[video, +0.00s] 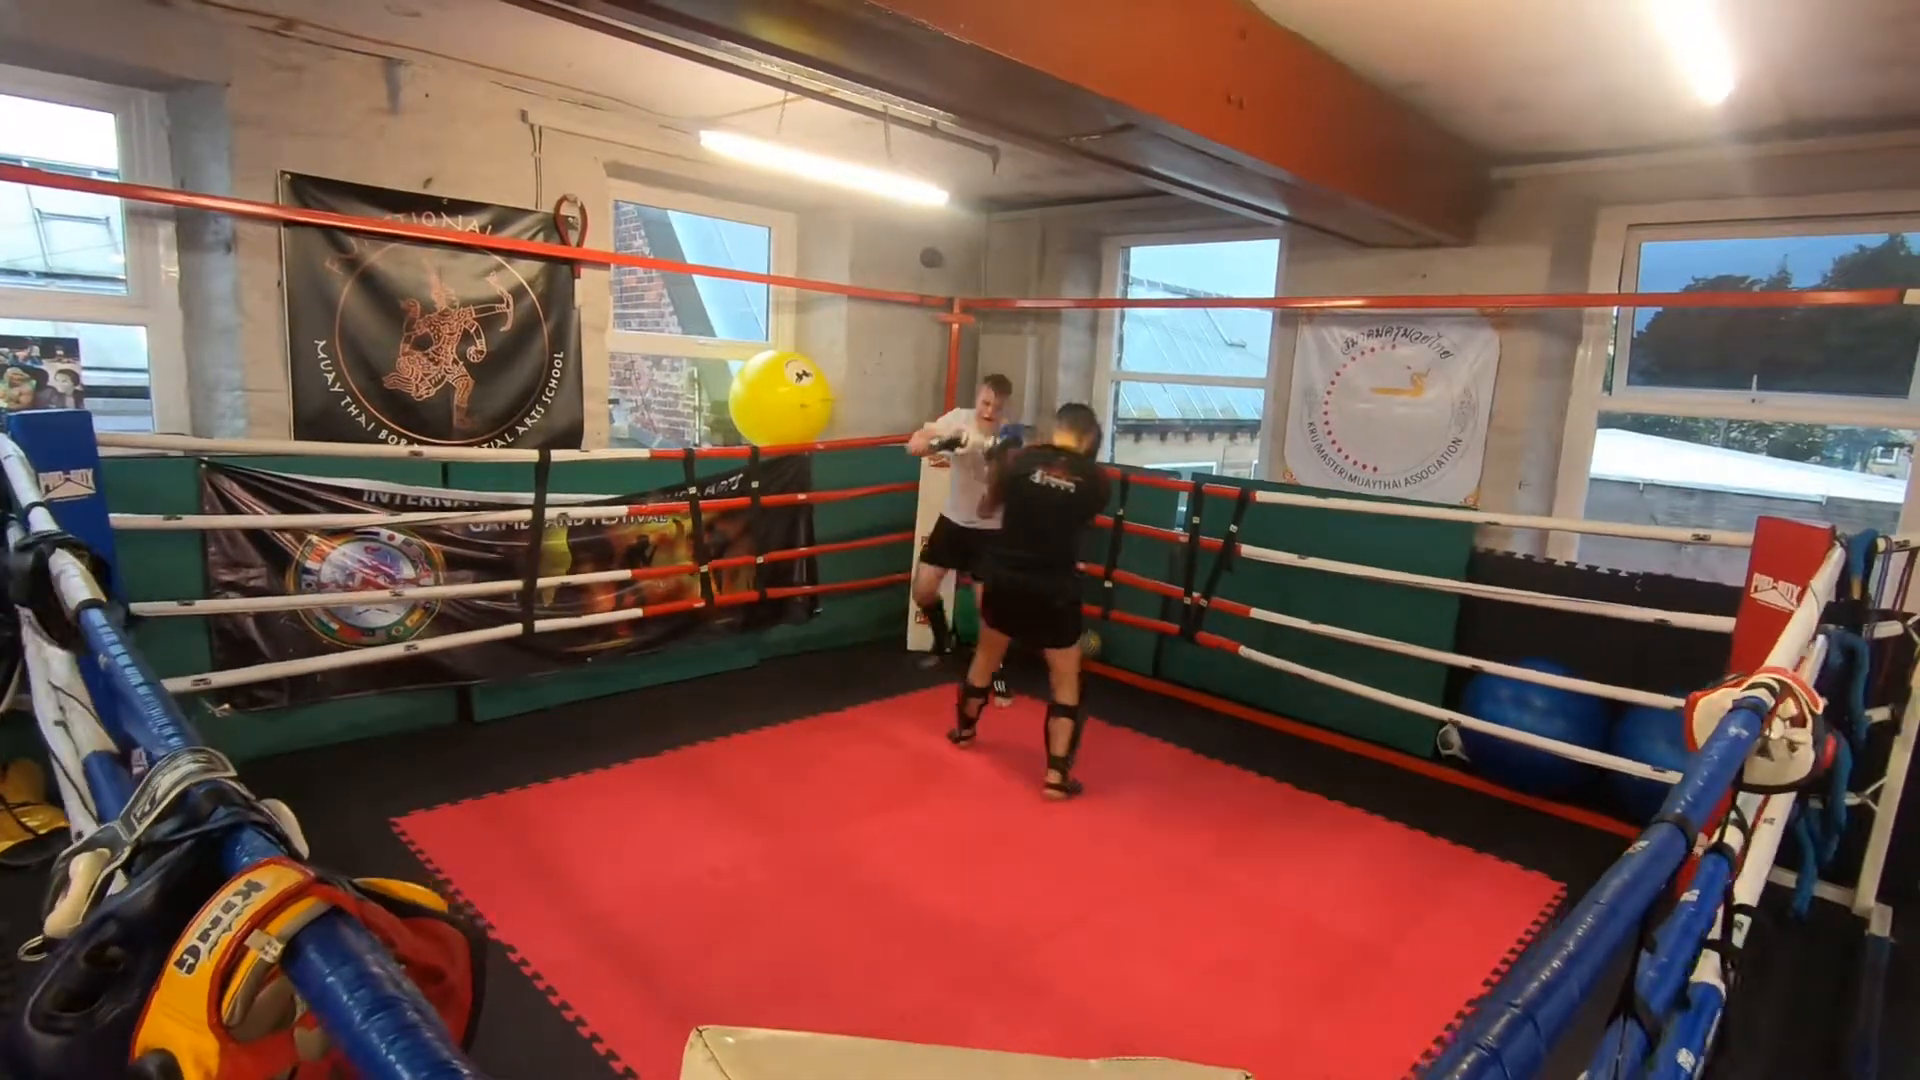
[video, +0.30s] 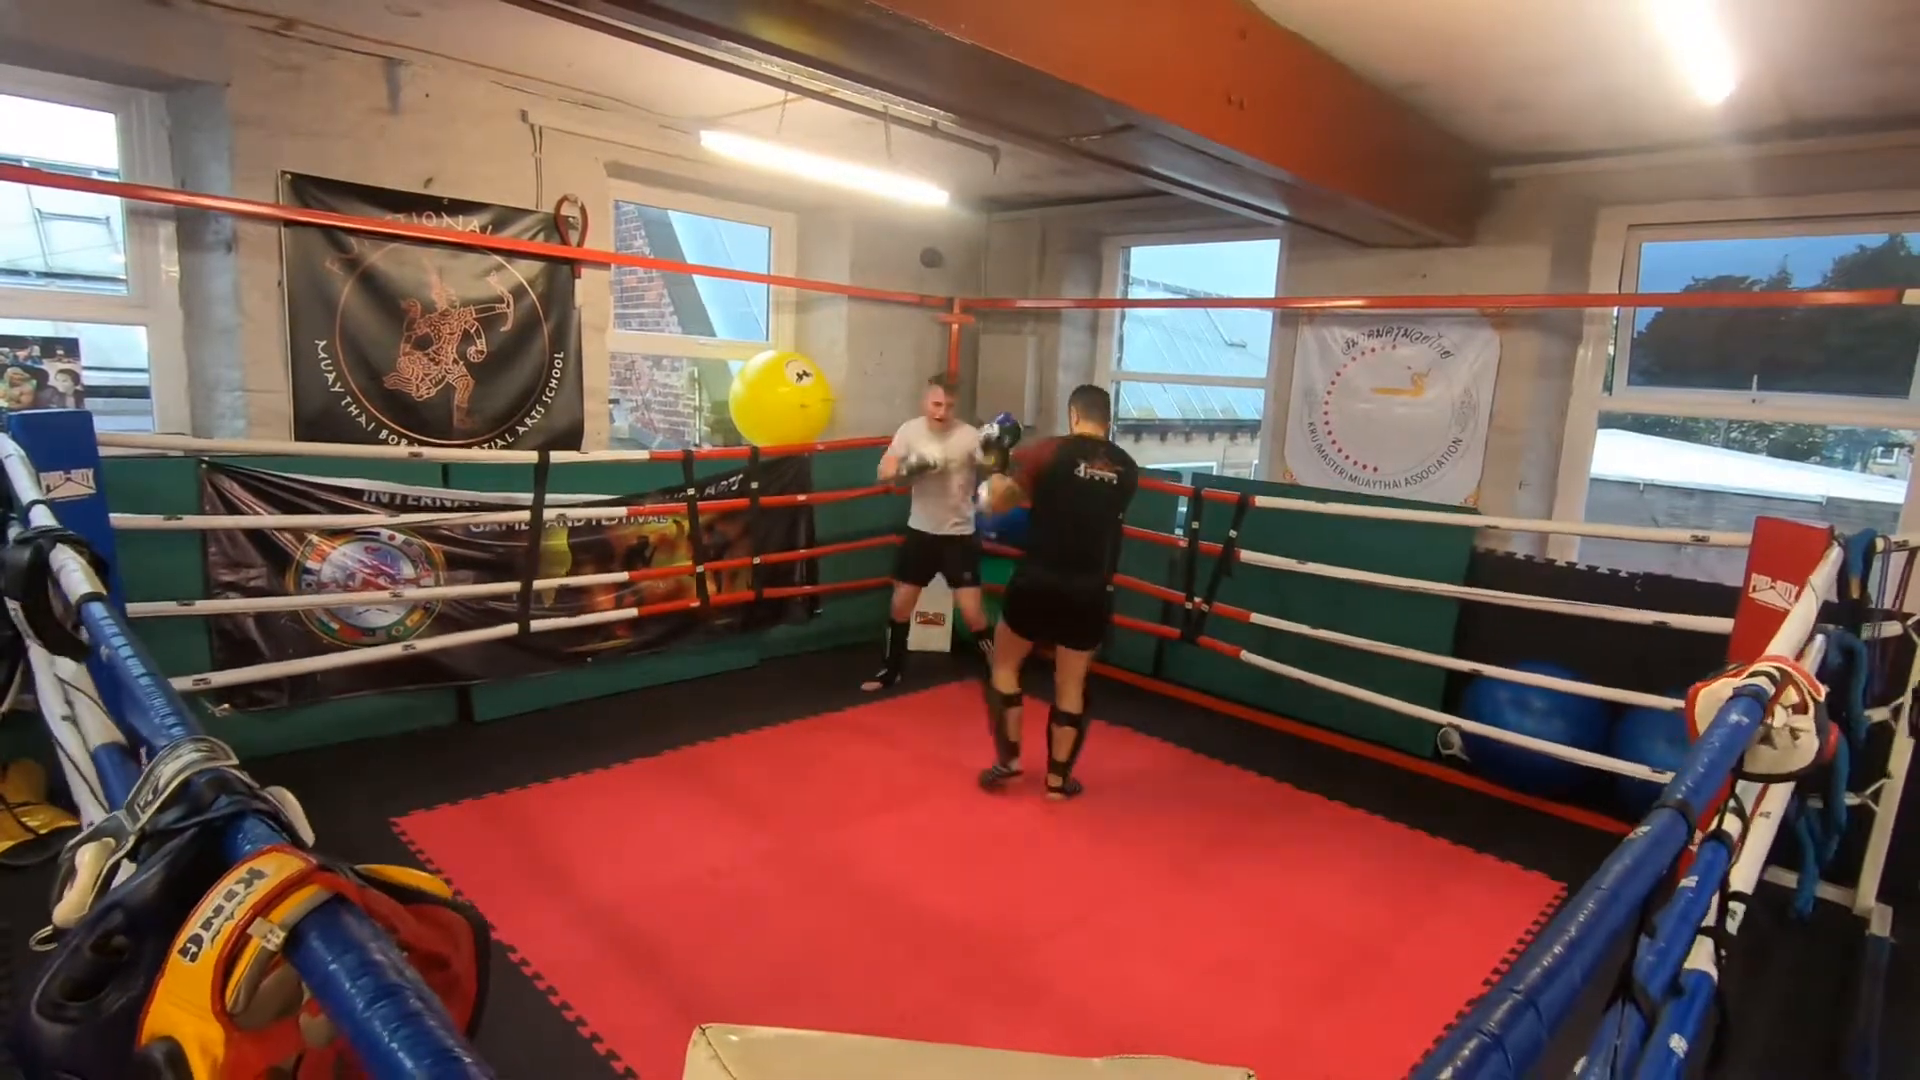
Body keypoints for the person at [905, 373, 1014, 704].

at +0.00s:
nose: (989, 411)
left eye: (996, 406)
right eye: (985, 404)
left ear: (1005, 407)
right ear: (976, 399)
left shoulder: (1012, 434)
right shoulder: (958, 419)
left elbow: (1020, 474)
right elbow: (915, 445)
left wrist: (997, 453)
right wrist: (945, 442)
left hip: (992, 527)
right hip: (953, 521)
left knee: (989, 604)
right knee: (923, 589)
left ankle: (996, 673)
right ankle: (943, 641)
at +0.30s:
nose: (941, 413)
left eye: (948, 406)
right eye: (935, 405)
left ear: (957, 406)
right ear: (924, 403)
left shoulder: (970, 436)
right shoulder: (910, 431)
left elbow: (992, 475)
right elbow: (885, 474)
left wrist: (996, 454)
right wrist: (912, 469)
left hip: (960, 535)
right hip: (920, 532)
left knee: (972, 613)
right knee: (900, 603)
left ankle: (997, 672)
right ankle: (891, 670)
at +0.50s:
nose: (932, 409)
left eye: (938, 402)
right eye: (926, 401)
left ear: (947, 402)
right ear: (914, 400)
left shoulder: (961, 434)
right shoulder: (892, 430)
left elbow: (970, 477)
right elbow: (876, 477)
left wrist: (971, 511)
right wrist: (902, 479)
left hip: (947, 533)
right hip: (908, 533)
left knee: (956, 607)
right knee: (901, 605)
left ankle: (964, 689)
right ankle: (890, 670)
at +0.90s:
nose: (947, 421)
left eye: (952, 415)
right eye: (942, 413)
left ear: (957, 416)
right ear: (925, 407)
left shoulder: (959, 443)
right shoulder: (890, 433)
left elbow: (960, 503)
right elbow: (860, 474)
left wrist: (941, 492)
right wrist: (885, 486)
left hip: (928, 544)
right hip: (885, 540)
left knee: (938, 627)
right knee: (855, 618)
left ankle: (955, 716)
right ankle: (845, 673)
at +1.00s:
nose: (930, 424)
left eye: (936, 418)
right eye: (925, 415)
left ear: (941, 418)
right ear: (909, 408)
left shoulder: (945, 455)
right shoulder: (876, 438)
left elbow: (948, 506)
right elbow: (842, 480)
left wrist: (932, 510)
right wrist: (867, 490)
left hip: (921, 550)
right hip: (876, 546)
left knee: (937, 632)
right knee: (841, 621)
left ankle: (955, 718)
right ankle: (813, 695)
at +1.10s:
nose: (876, 408)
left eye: (883, 401)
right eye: (870, 400)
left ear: (895, 404)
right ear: (862, 403)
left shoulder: (913, 446)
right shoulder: (844, 445)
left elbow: (938, 489)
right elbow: (825, 501)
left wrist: (925, 522)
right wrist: (853, 484)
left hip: (907, 555)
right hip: (862, 552)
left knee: (929, 638)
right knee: (824, 626)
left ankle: (954, 721)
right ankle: (801, 706)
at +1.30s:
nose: (807, 377)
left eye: (812, 370)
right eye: (800, 371)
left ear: (820, 375)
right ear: (787, 377)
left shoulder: (843, 413)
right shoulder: (775, 421)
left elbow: (881, 451)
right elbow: (772, 479)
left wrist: (908, 484)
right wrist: (806, 465)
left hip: (847, 525)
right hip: (803, 529)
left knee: (870, 608)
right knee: (796, 616)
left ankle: (901, 693)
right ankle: (798, 704)